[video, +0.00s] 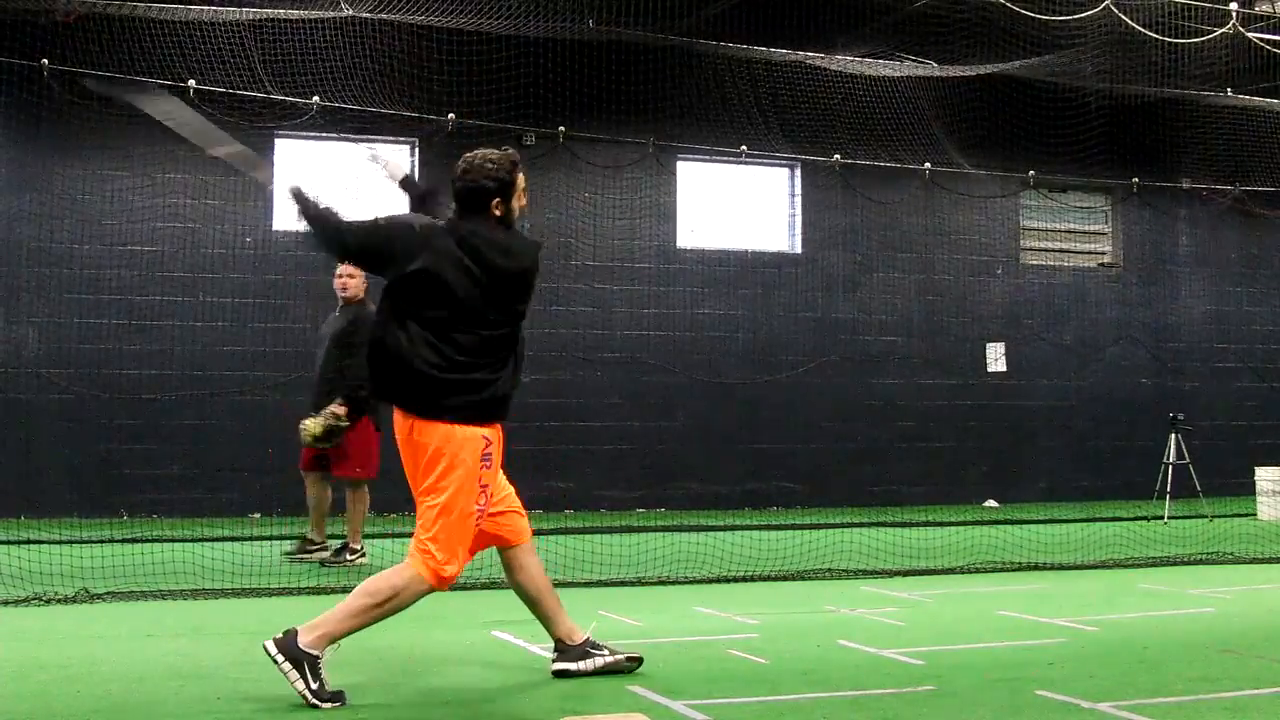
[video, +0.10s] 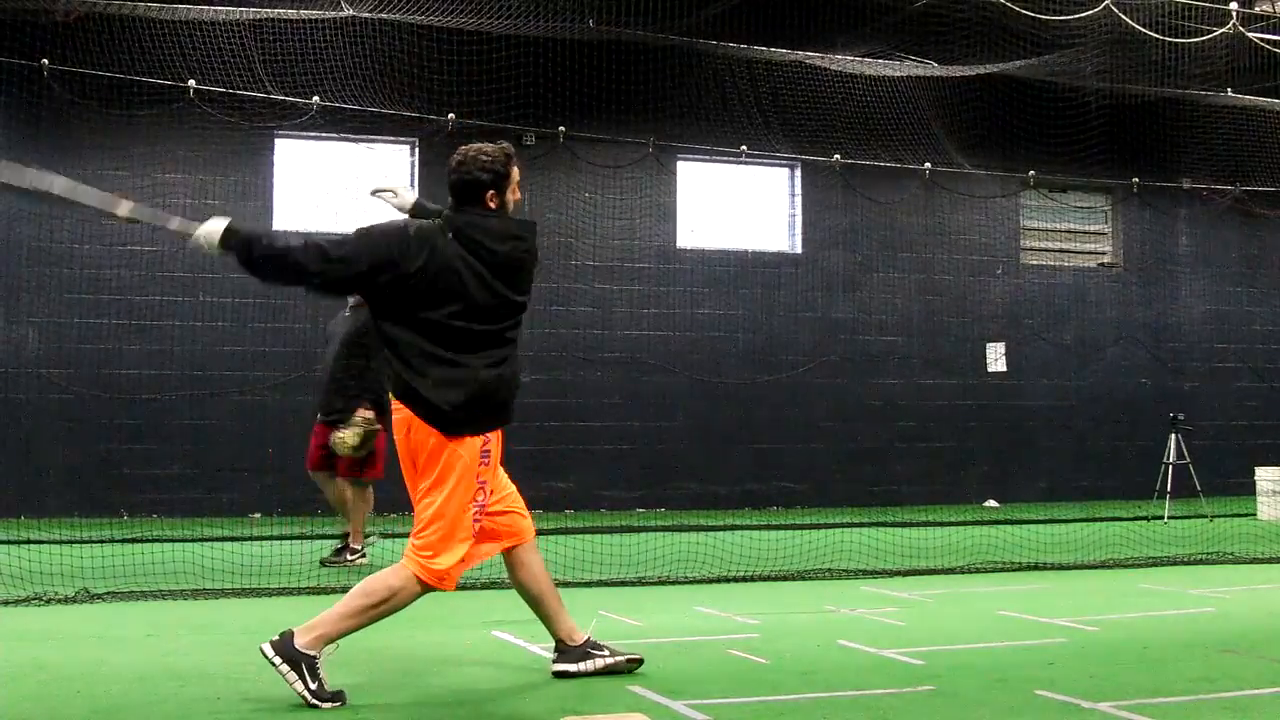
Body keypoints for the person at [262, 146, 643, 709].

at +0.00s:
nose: (525, 200)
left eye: (523, 191)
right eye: (520, 193)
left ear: (465, 197)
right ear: (501, 202)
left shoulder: (418, 236)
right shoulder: (520, 254)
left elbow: (344, 239)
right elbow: (457, 227)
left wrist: (315, 214)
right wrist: (411, 184)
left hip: (429, 419)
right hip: (464, 425)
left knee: (513, 532)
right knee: (433, 565)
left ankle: (572, 644)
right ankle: (304, 643)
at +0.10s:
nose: (522, 194)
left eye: (520, 184)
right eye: (518, 186)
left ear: (467, 193)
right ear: (495, 197)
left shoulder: (407, 243)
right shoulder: (518, 242)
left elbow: (314, 258)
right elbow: (467, 230)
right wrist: (418, 208)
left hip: (423, 417)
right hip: (467, 423)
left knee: (514, 528)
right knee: (430, 565)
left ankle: (573, 643)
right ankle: (301, 644)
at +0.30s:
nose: (517, 194)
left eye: (514, 184)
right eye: (512, 186)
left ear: (463, 194)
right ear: (491, 199)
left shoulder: (415, 248)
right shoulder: (519, 253)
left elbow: (326, 299)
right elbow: (486, 246)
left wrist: (230, 297)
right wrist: (448, 209)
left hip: (422, 421)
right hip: (461, 431)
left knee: (514, 532)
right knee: (436, 568)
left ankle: (573, 644)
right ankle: (301, 644)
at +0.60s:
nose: (520, 190)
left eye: (518, 181)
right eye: (516, 183)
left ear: (456, 188)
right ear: (499, 192)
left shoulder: (420, 247)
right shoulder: (524, 254)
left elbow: (330, 288)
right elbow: (532, 269)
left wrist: (253, 261)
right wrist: (479, 218)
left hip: (438, 420)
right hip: (462, 430)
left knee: (527, 526)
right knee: (439, 566)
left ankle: (576, 645)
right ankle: (302, 643)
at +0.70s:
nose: (524, 191)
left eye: (520, 180)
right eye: (520, 183)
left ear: (463, 190)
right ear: (502, 193)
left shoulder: (424, 245)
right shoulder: (530, 257)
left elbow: (333, 278)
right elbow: (539, 286)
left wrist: (271, 242)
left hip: (439, 422)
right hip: (466, 433)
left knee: (529, 527)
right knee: (435, 568)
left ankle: (577, 646)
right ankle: (302, 643)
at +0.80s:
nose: (528, 190)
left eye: (525, 180)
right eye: (524, 182)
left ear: (471, 190)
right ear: (504, 192)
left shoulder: (426, 242)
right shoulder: (529, 256)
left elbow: (336, 263)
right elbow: (549, 299)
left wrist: (290, 228)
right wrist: (516, 238)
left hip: (434, 423)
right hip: (468, 435)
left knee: (530, 526)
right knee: (435, 570)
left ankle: (578, 647)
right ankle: (300, 643)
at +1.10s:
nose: (542, 190)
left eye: (540, 180)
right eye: (537, 183)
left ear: (482, 192)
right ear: (519, 194)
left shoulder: (436, 240)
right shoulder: (537, 267)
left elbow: (365, 246)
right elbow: (567, 320)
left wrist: (357, 198)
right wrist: (522, 267)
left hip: (434, 424)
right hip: (474, 439)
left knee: (538, 524)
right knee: (440, 571)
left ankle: (579, 648)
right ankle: (303, 644)